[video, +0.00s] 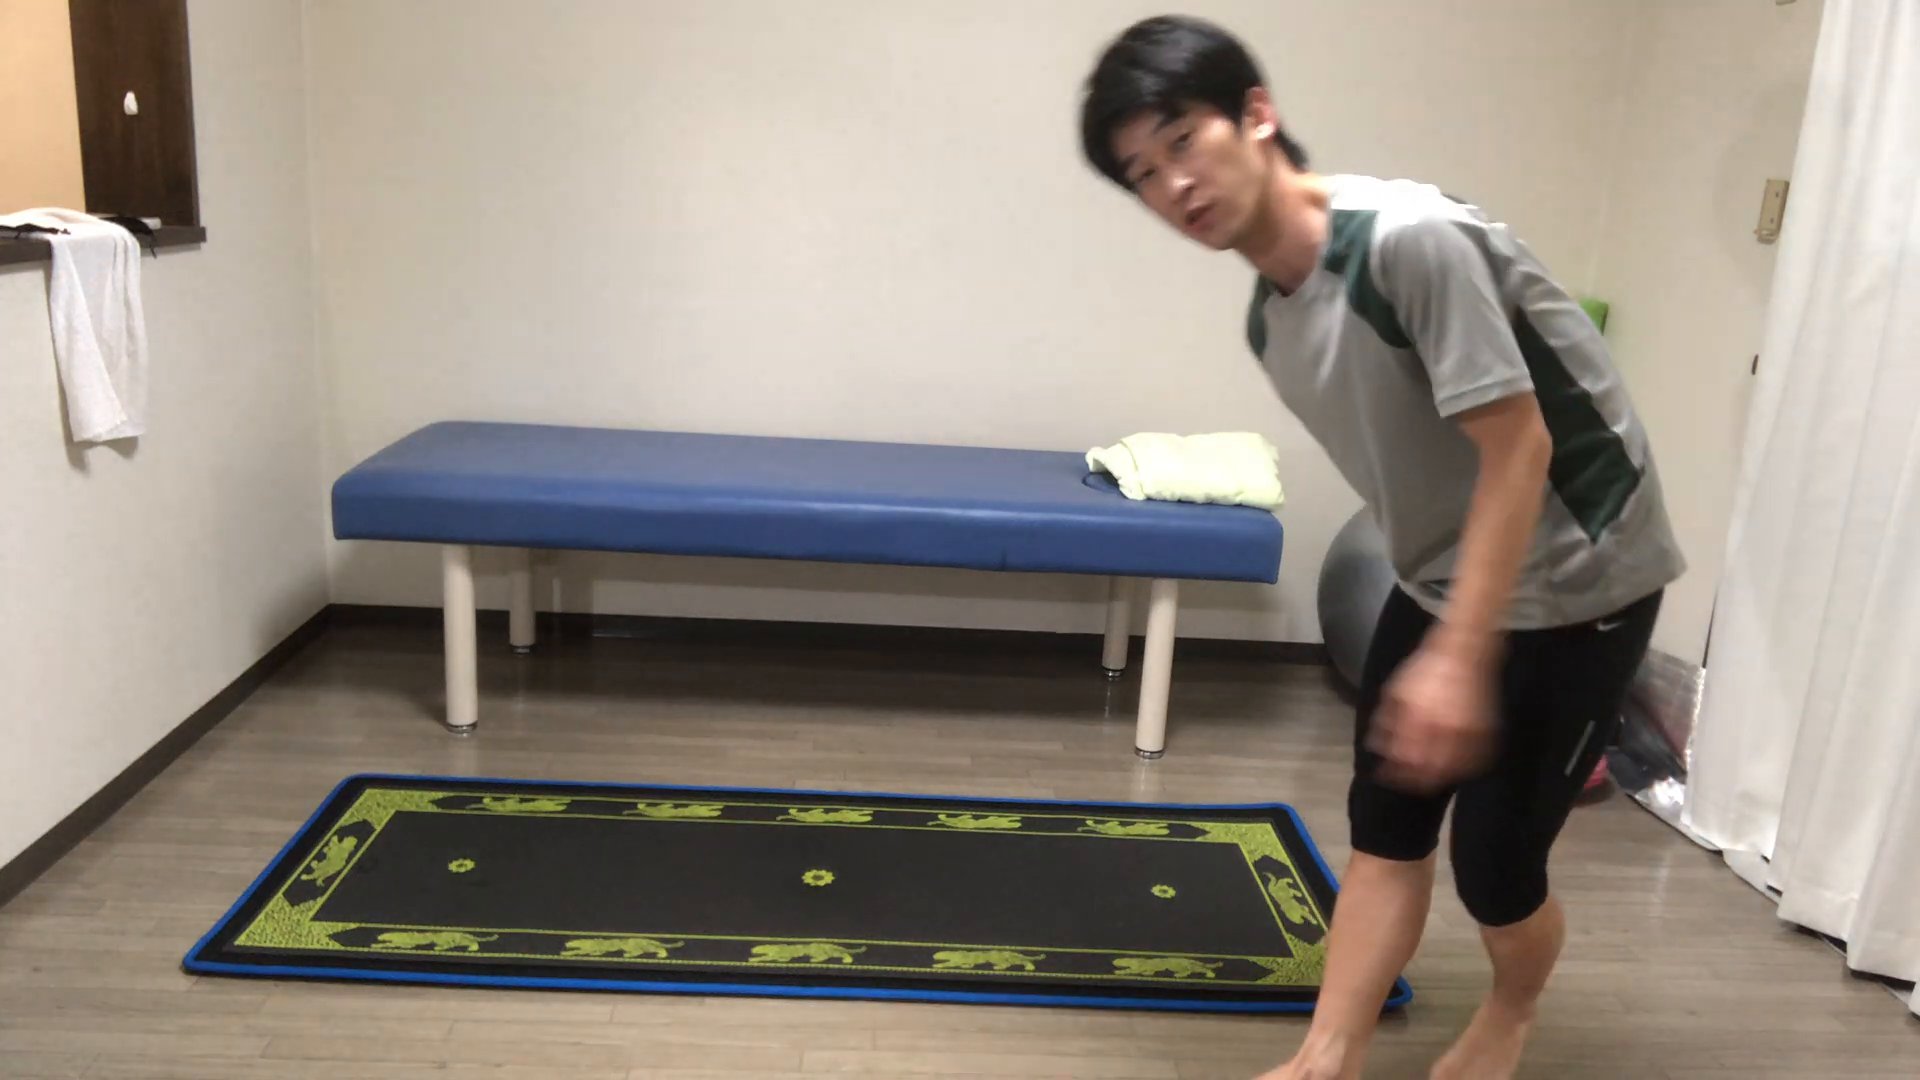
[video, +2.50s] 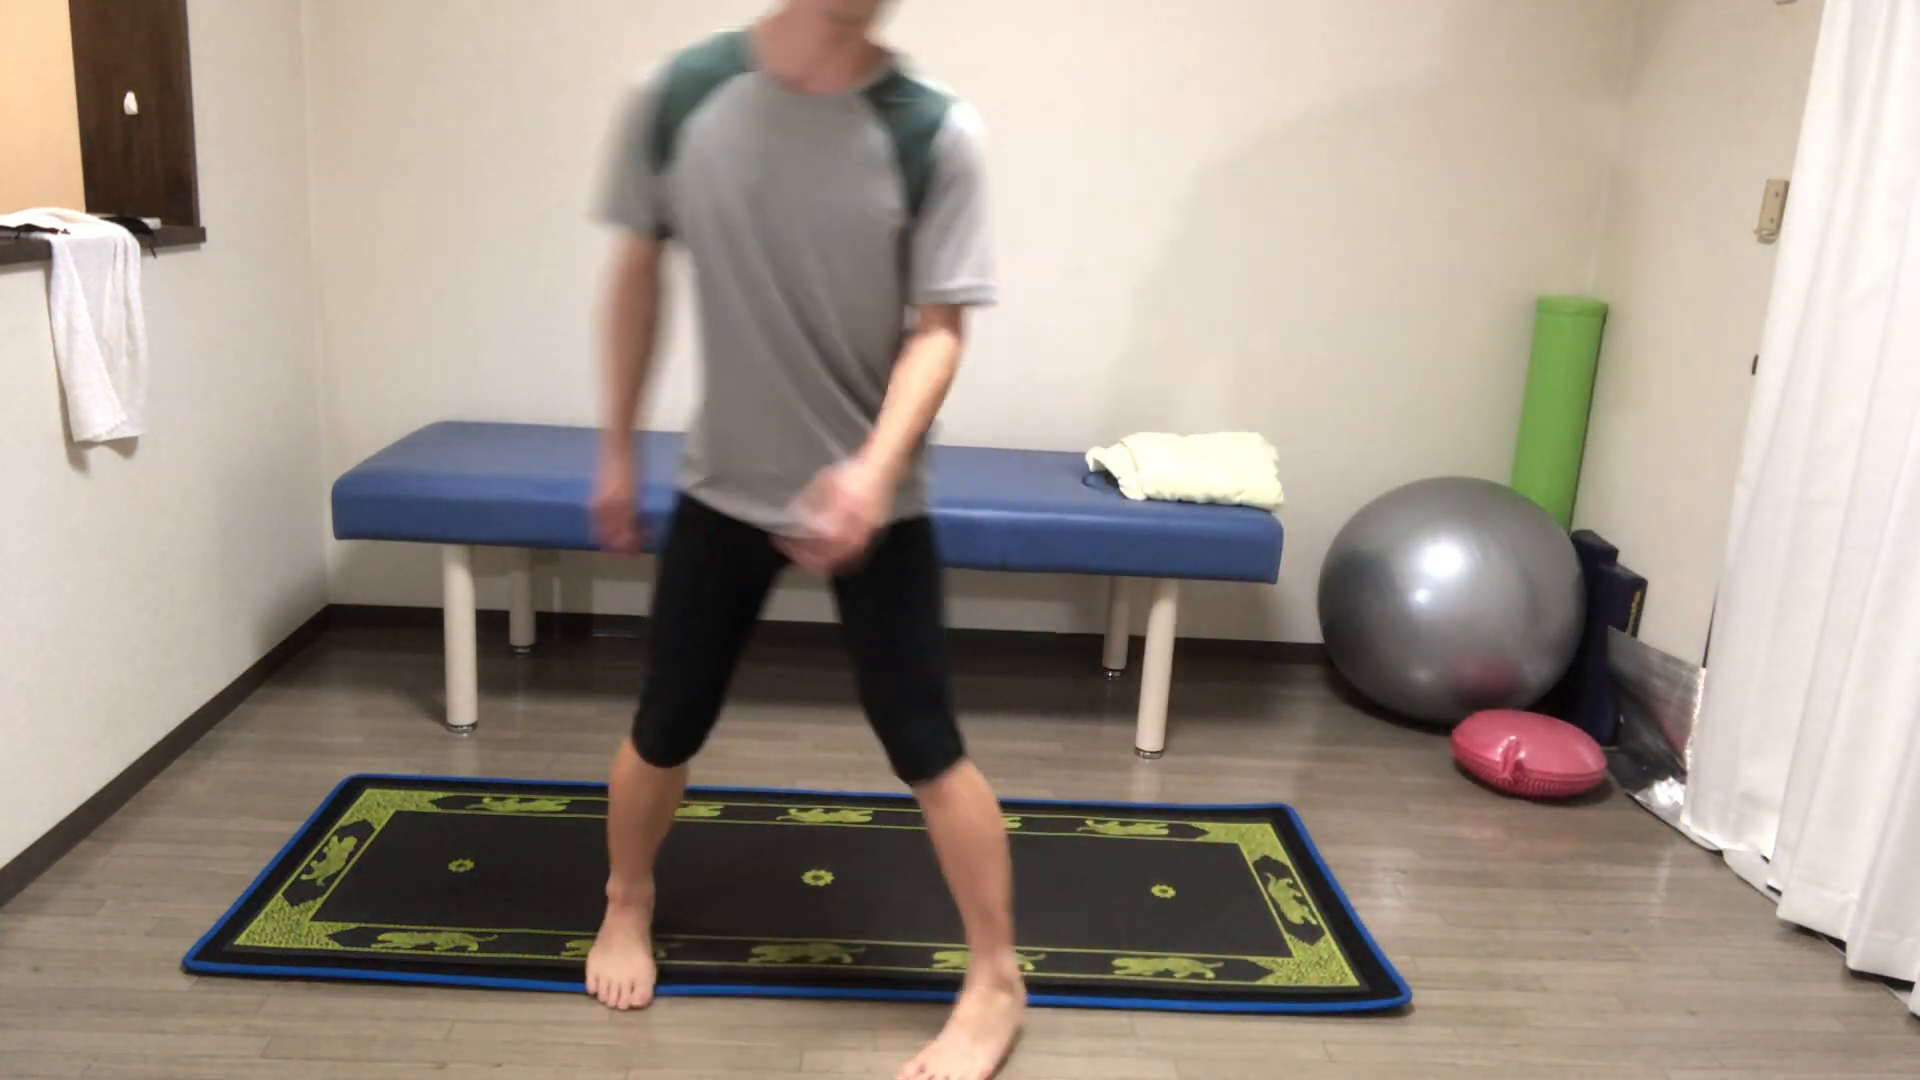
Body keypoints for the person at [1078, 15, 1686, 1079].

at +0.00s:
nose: (1174, 185)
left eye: (1183, 142)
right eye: (1144, 177)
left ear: (1258, 118)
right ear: (1138, 204)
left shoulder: (1414, 242)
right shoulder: (1270, 323)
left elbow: (1520, 449)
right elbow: (1410, 469)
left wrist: (1458, 654)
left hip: (1581, 580)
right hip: (1443, 579)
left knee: (1493, 857)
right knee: (1386, 815)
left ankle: (1510, 1011)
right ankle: (1326, 1058)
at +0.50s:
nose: (1406, 59)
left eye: (1431, 22)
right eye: (1376, 38)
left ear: (1500, 25)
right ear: (1361, 63)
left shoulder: (1621, 191)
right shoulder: (1401, 234)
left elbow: (1689, 406)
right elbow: (1447, 412)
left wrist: (1710, 596)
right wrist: (1453, 548)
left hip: (1607, 578)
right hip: (1468, 561)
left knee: (1540, 819)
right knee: (1362, 775)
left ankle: (1504, 1034)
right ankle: (1317, 1031)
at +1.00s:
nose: (1402, 8)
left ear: (1494, 7)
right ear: (1370, 12)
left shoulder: (1574, 159)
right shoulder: (1362, 167)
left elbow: (1604, 375)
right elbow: (1364, 354)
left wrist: (1566, 556)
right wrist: (1345, 505)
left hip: (1513, 538)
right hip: (1386, 523)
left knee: (1506, 789)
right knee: (1314, 735)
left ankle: (1504, 1021)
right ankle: (1290, 956)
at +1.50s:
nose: (1213, 10)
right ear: (1177, 9)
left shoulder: (1381, 125)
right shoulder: (1197, 160)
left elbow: (1445, 332)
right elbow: (1201, 342)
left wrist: (1398, 503)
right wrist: (1180, 494)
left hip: (1335, 518)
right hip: (1228, 515)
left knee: (1265, 758)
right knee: (1248, 757)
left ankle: (1365, 973)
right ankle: (1285, 958)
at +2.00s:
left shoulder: (1173, 168)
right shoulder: (1007, 95)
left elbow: (1185, 382)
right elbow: (1004, 293)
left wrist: (1190, 574)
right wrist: (968, 429)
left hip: (1103, 511)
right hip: (1008, 486)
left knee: (1017, 762)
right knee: (1032, 729)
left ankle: (1012, 1011)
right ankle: (1210, 886)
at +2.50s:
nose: (802, 3)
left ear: (859, 5)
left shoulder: (931, 135)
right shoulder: (678, 97)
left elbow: (940, 326)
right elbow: (636, 273)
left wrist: (875, 469)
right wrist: (617, 450)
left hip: (871, 492)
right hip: (723, 483)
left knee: (925, 745)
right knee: (664, 727)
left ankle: (996, 980)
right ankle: (626, 907)